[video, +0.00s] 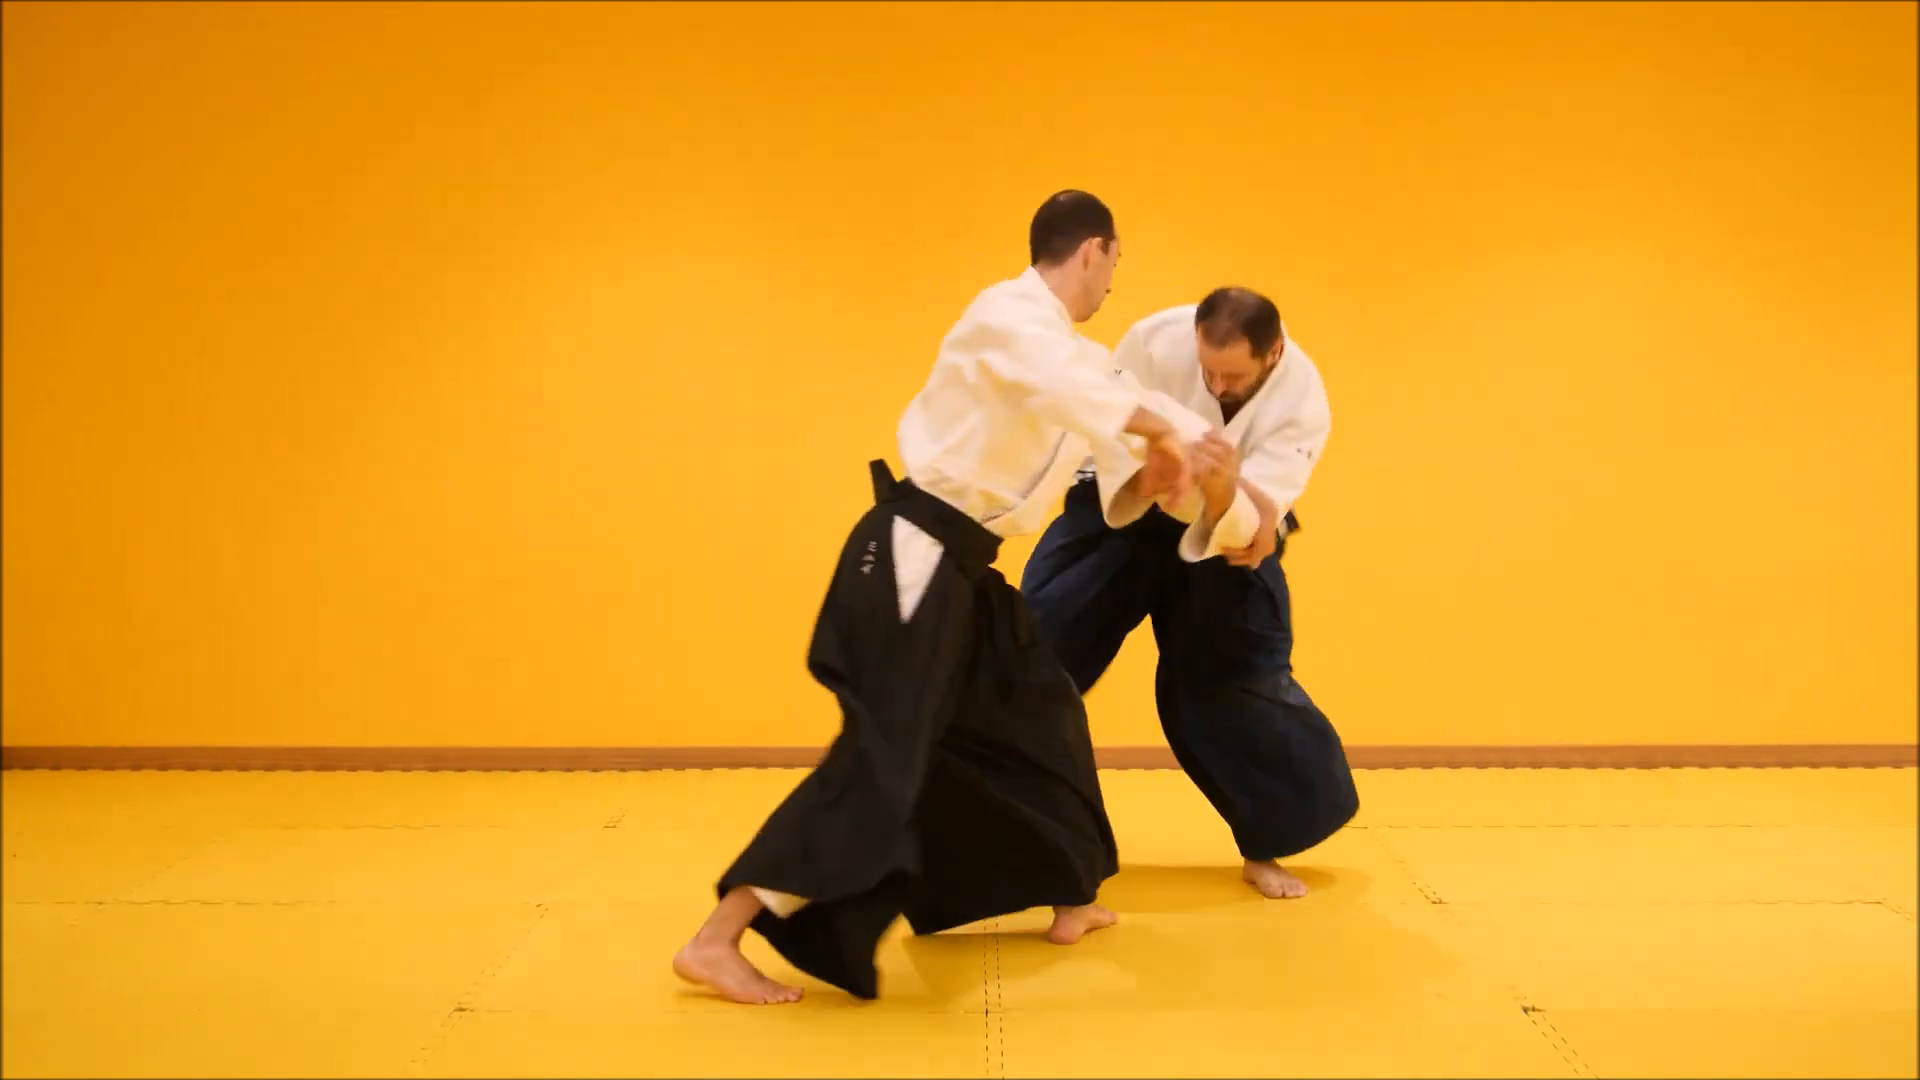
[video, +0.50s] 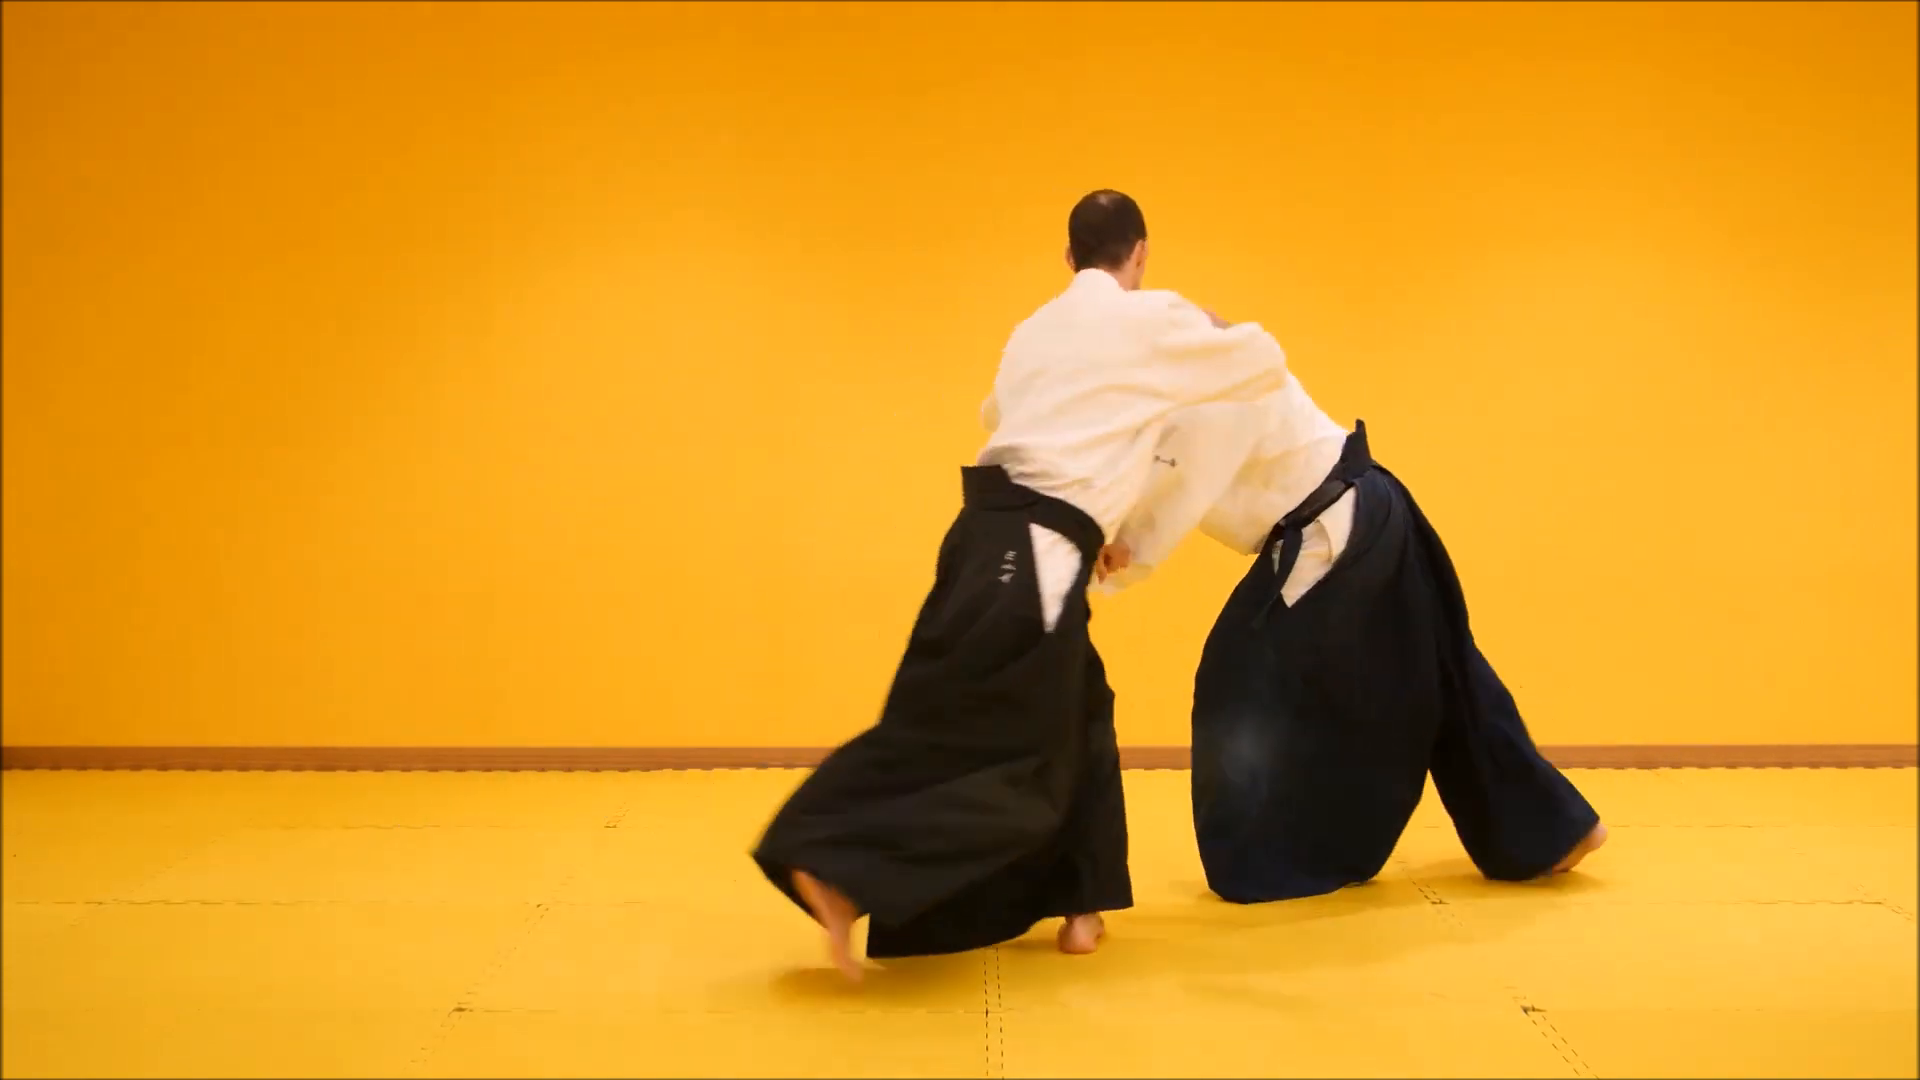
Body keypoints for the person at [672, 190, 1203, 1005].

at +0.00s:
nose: (1110, 286)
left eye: (1113, 270)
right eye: (1112, 267)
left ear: (1055, 248)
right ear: (1092, 253)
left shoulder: (1062, 339)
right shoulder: (1011, 312)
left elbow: (1116, 413)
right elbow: (1074, 383)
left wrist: (1158, 462)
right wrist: (1170, 427)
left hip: (965, 566)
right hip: (917, 550)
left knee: (1047, 710)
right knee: (882, 759)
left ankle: (1072, 903)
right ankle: (713, 941)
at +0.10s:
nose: (1104, 280)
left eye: (1105, 263)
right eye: (1104, 260)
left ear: (1055, 247)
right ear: (1077, 250)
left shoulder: (1063, 369)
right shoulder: (968, 309)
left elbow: (1134, 449)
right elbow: (956, 399)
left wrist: (1201, 531)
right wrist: (1057, 468)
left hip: (935, 564)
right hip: (872, 541)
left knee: (1017, 712)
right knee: (797, 734)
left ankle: (1064, 900)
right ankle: (711, 954)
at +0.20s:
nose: (1102, 271)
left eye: (1102, 255)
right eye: (1100, 254)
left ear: (1043, 245)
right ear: (1072, 249)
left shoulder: (1053, 371)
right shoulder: (964, 315)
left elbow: (1100, 467)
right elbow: (955, 425)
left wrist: (1154, 560)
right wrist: (1061, 504)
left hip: (929, 563)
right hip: (873, 545)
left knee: (1011, 710)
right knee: (814, 745)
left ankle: (1069, 893)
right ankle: (707, 953)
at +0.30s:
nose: (1104, 281)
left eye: (1104, 265)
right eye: (1106, 263)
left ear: (1040, 251)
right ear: (1086, 254)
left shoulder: (1029, 347)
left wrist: (1118, 570)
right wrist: (1147, 468)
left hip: (945, 567)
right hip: (901, 557)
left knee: (1020, 720)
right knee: (834, 753)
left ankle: (1075, 899)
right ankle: (710, 953)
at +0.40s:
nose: (1122, 280)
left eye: (1122, 266)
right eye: (1124, 264)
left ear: (1051, 259)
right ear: (1110, 258)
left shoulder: (1042, 326)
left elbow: (1035, 468)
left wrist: (1102, 555)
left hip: (984, 561)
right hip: (964, 557)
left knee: (1061, 713)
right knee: (887, 746)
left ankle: (1082, 907)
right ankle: (718, 928)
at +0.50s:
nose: (1146, 267)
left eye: (1140, 256)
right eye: (1146, 255)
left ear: (1068, 258)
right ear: (1139, 255)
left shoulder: (1031, 332)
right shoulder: (1148, 320)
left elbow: (1023, 438)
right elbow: (1259, 358)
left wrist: (1098, 529)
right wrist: (1219, 335)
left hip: (982, 532)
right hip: (1038, 548)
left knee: (1085, 706)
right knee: (1027, 739)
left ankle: (1083, 906)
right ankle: (845, 871)